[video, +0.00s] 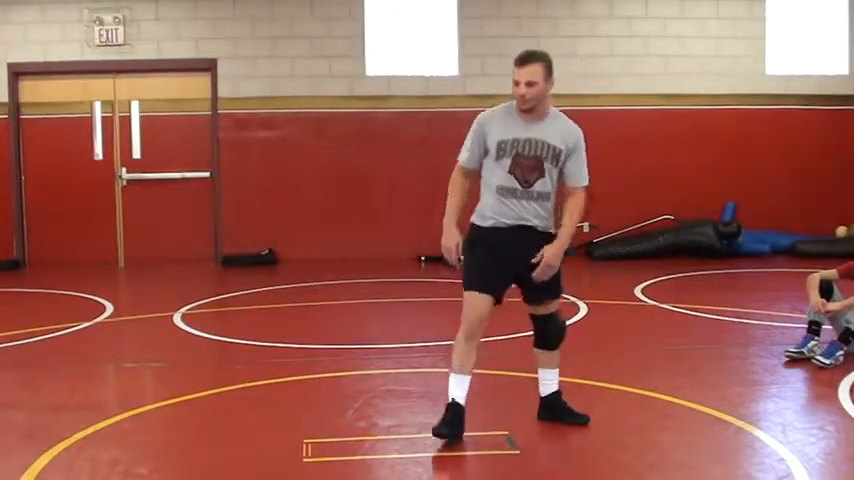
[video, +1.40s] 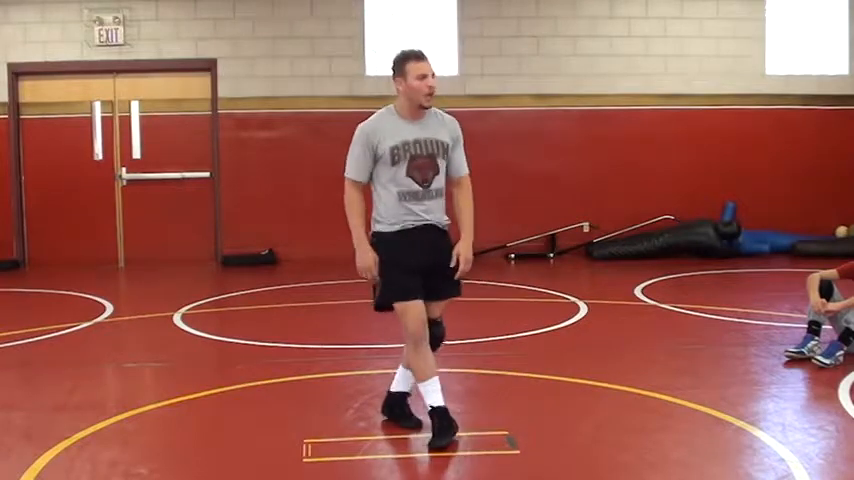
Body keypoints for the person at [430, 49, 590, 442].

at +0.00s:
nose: (522, 91)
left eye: (531, 84)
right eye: (518, 83)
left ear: (549, 86)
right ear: (511, 83)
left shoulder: (569, 134)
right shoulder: (487, 122)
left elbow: (576, 194)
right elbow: (462, 173)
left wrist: (560, 245)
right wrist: (450, 225)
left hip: (540, 237)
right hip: (488, 234)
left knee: (548, 323)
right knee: (472, 321)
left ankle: (550, 399)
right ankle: (455, 408)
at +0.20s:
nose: (474, 91)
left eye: (482, 84)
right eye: (469, 84)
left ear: (504, 85)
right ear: (465, 84)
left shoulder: (532, 127)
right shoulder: (450, 129)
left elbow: (552, 183)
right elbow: (433, 186)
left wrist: (562, 240)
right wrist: (436, 242)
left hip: (513, 240)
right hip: (463, 239)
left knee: (540, 323)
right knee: (455, 329)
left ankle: (547, 400)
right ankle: (450, 418)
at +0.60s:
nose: (415, 83)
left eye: (423, 75)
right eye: (414, 76)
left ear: (448, 78)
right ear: (419, 80)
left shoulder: (488, 118)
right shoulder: (405, 131)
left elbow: (511, 174)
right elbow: (402, 195)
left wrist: (524, 228)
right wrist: (423, 247)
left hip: (483, 234)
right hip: (435, 239)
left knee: (515, 323)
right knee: (440, 326)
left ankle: (518, 393)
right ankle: (448, 417)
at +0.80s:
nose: (407, 82)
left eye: (414, 74)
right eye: (404, 75)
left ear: (439, 76)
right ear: (404, 78)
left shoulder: (478, 118)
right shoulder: (396, 131)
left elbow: (501, 176)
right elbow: (386, 193)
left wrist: (513, 230)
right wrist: (391, 248)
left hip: (474, 234)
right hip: (424, 238)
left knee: (506, 329)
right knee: (438, 329)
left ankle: (477, 383)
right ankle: (447, 417)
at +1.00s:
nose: (403, 84)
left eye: (410, 75)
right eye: (399, 77)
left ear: (434, 76)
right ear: (397, 82)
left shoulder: (470, 119)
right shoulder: (389, 133)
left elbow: (487, 179)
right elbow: (374, 191)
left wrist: (488, 233)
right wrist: (366, 251)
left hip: (464, 234)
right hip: (417, 239)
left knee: (482, 335)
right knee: (433, 330)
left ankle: (422, 375)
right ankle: (447, 418)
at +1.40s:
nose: (430, 84)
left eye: (431, 76)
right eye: (421, 78)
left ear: (433, 80)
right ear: (399, 83)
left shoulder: (448, 126)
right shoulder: (371, 131)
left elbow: (461, 185)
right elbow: (353, 189)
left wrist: (466, 238)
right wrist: (361, 246)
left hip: (437, 236)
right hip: (394, 239)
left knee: (432, 329)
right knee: (415, 330)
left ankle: (397, 395)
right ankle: (440, 416)